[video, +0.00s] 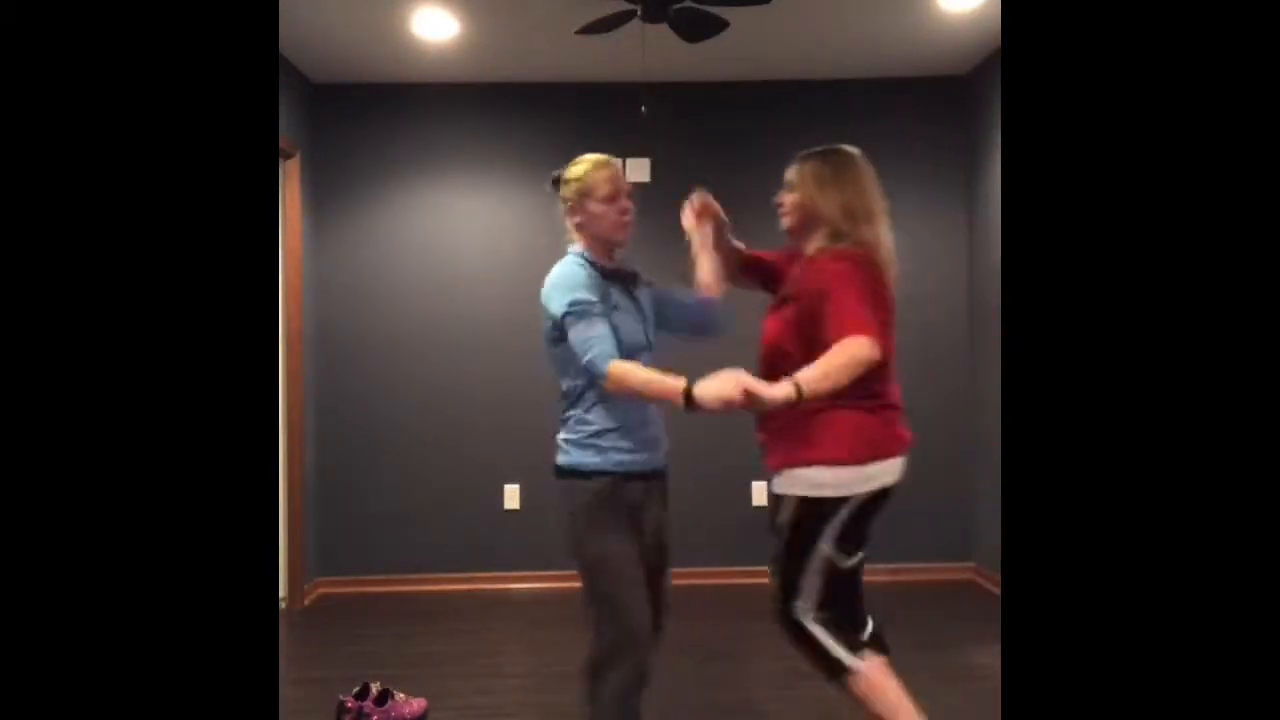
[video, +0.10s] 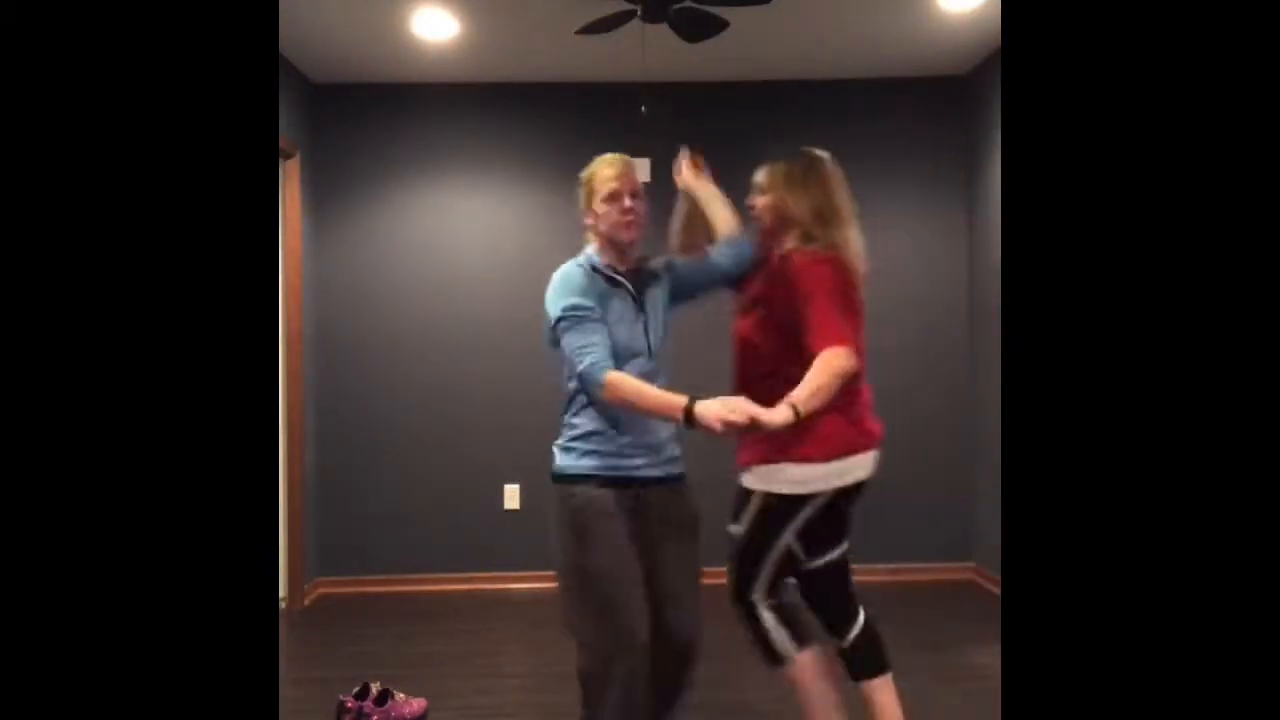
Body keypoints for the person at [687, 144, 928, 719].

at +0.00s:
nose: (780, 199)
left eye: (792, 188)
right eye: (783, 189)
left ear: (826, 197)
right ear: (822, 200)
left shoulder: (840, 266)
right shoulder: (802, 263)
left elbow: (862, 346)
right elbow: (738, 266)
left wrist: (788, 388)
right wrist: (712, 231)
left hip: (845, 462)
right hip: (822, 459)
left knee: (804, 609)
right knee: (838, 607)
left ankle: (902, 710)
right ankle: (899, 708)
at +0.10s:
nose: (752, 202)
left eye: (763, 191)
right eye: (754, 192)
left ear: (795, 200)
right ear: (798, 203)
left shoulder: (813, 264)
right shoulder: (775, 260)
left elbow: (840, 356)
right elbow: (701, 257)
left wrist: (787, 409)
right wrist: (694, 189)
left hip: (810, 459)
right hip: (823, 454)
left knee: (754, 586)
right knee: (829, 590)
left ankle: (825, 708)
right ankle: (888, 710)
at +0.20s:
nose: (728, 209)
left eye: (737, 198)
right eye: (726, 199)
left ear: (760, 205)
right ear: (793, 203)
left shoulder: (787, 274)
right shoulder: (743, 268)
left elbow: (822, 364)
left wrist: (773, 420)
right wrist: (677, 160)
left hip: (776, 465)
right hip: (790, 458)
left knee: (738, 594)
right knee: (808, 591)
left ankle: (755, 711)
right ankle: (884, 710)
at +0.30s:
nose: (710, 221)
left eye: (718, 207)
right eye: (708, 208)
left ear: (743, 212)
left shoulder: (768, 280)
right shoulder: (717, 285)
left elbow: (802, 370)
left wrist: (762, 423)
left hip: (767, 459)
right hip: (733, 455)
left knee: (728, 588)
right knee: (743, 584)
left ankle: (747, 704)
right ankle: (835, 686)